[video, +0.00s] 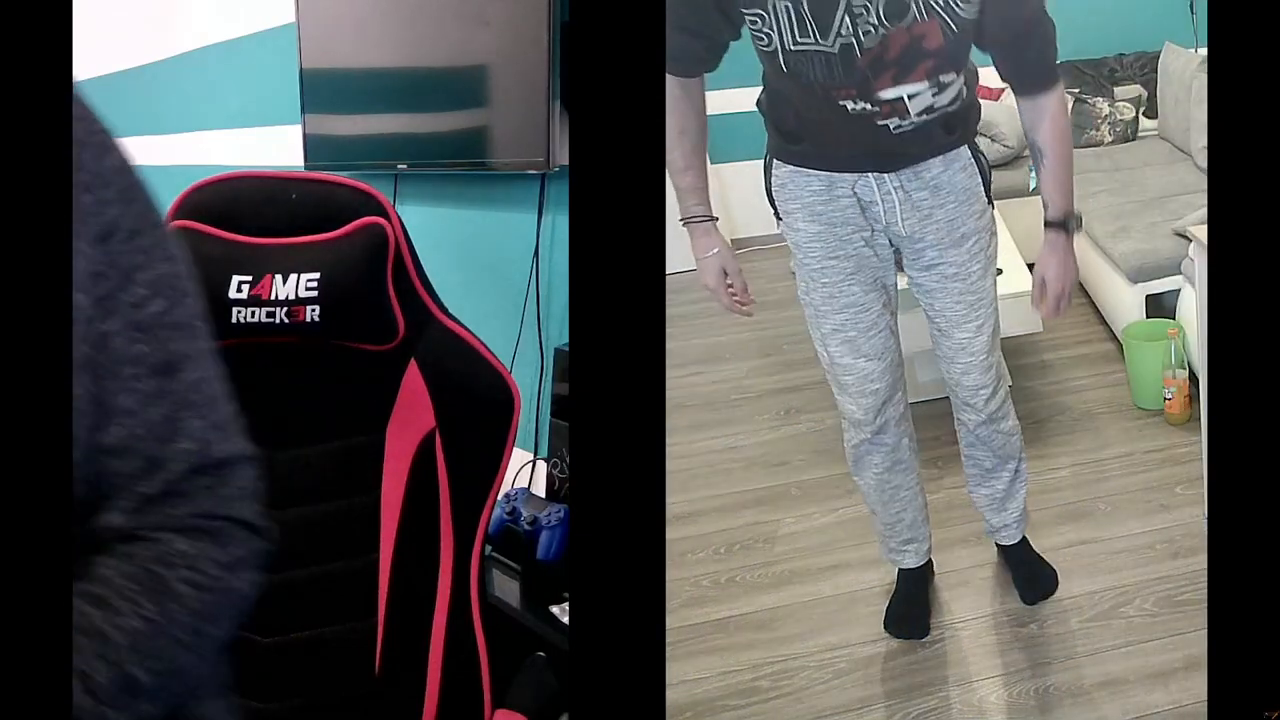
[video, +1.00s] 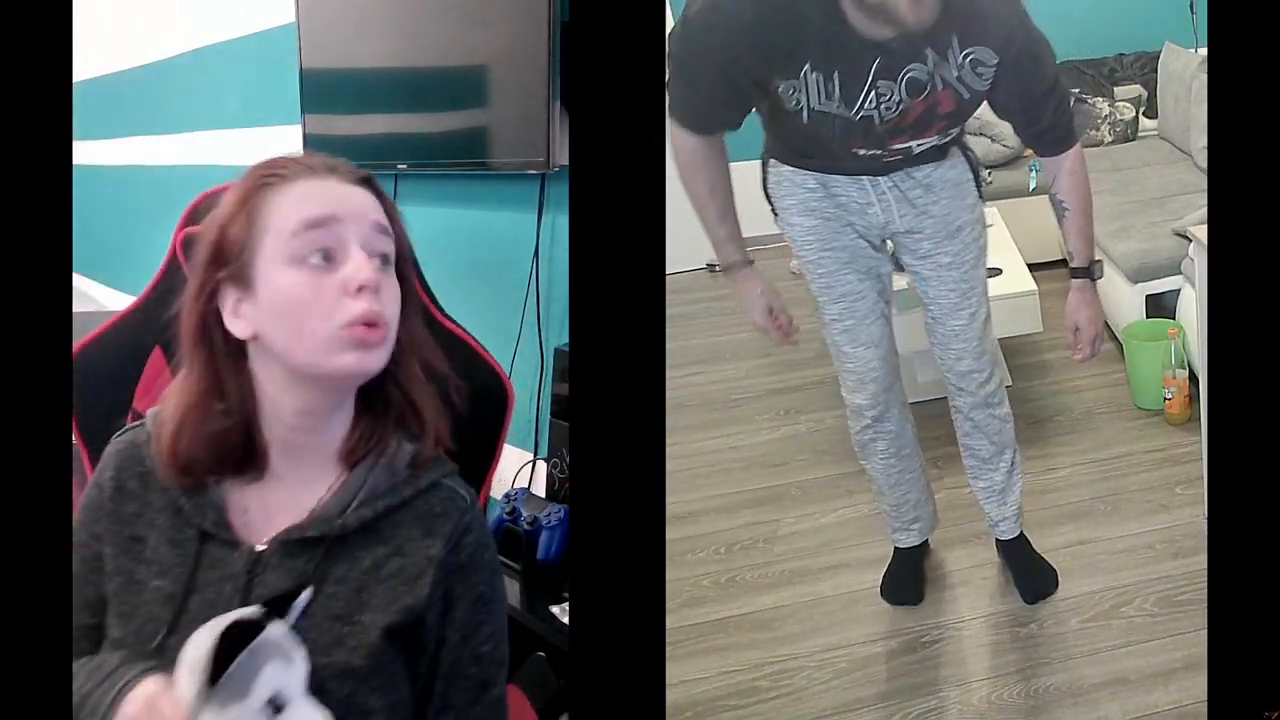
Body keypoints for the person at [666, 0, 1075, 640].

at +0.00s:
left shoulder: (997, 5)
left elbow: (1038, 80)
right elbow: (680, 67)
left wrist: (1060, 226)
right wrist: (698, 221)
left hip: (940, 169)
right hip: (816, 187)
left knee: (978, 379)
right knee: (866, 403)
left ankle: (1011, 534)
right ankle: (910, 562)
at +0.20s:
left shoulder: (1023, 9)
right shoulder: (770, 2)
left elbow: (1062, 131)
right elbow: (705, 48)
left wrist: (1068, 280)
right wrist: (728, 206)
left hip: (955, 172)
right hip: (829, 183)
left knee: (982, 377)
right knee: (869, 392)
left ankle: (1011, 533)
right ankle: (910, 556)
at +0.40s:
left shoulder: (1032, 10)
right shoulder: (784, 4)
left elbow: (1074, 144)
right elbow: (720, 55)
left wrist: (1075, 293)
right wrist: (746, 211)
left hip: (962, 169)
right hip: (837, 175)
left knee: (985, 374)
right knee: (873, 385)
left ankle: (1011, 532)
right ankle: (909, 556)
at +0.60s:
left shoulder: (1033, 12)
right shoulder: (787, 5)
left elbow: (1081, 146)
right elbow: (723, 65)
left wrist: (1089, 292)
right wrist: (750, 219)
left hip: (968, 169)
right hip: (844, 175)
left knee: (989, 373)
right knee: (875, 383)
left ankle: (1011, 533)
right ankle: (906, 554)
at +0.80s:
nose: (911, 7)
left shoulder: (1021, 13)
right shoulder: (781, 8)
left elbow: (1074, 138)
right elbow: (718, 80)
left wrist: (1098, 278)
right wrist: (748, 229)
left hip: (963, 172)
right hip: (839, 179)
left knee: (986, 369)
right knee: (876, 382)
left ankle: (1011, 531)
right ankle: (904, 537)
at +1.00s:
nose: (922, 6)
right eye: (903, 0)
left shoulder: (991, 17)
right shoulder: (747, 17)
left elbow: (1060, 139)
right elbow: (691, 117)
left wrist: (1083, 277)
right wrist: (737, 266)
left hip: (935, 174)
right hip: (814, 186)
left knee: (972, 367)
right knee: (869, 389)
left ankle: (1009, 527)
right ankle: (908, 533)